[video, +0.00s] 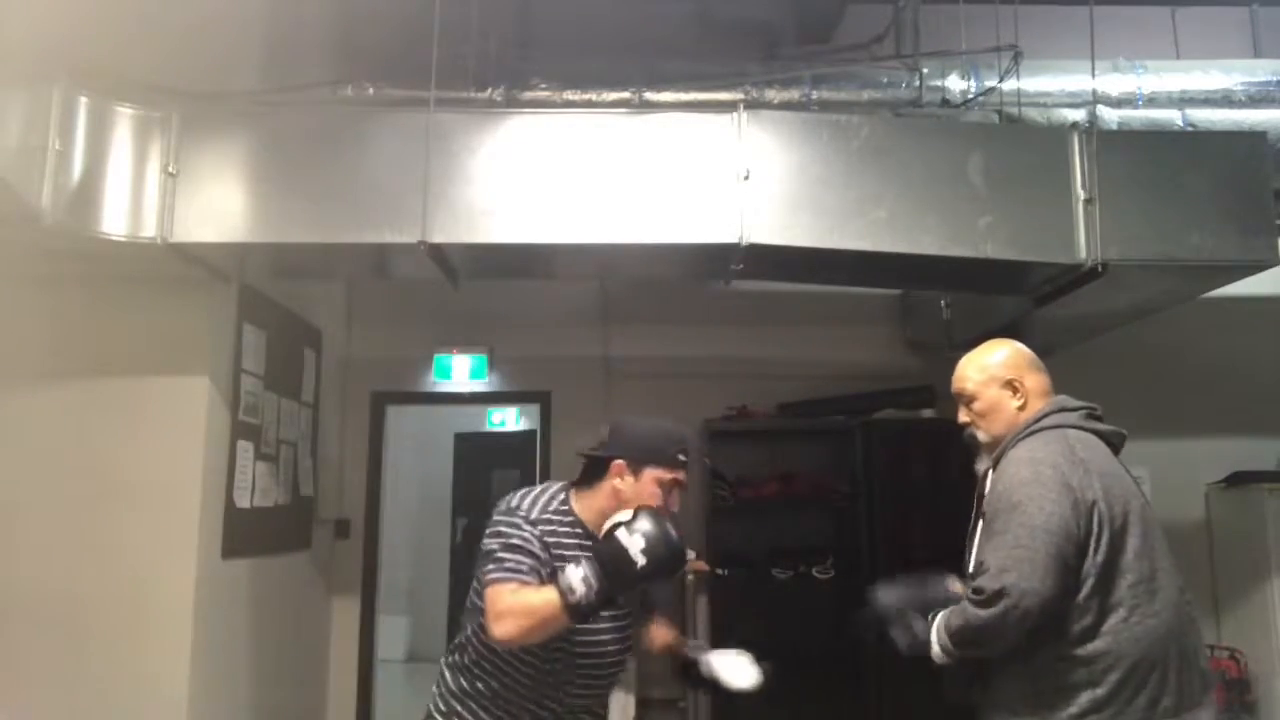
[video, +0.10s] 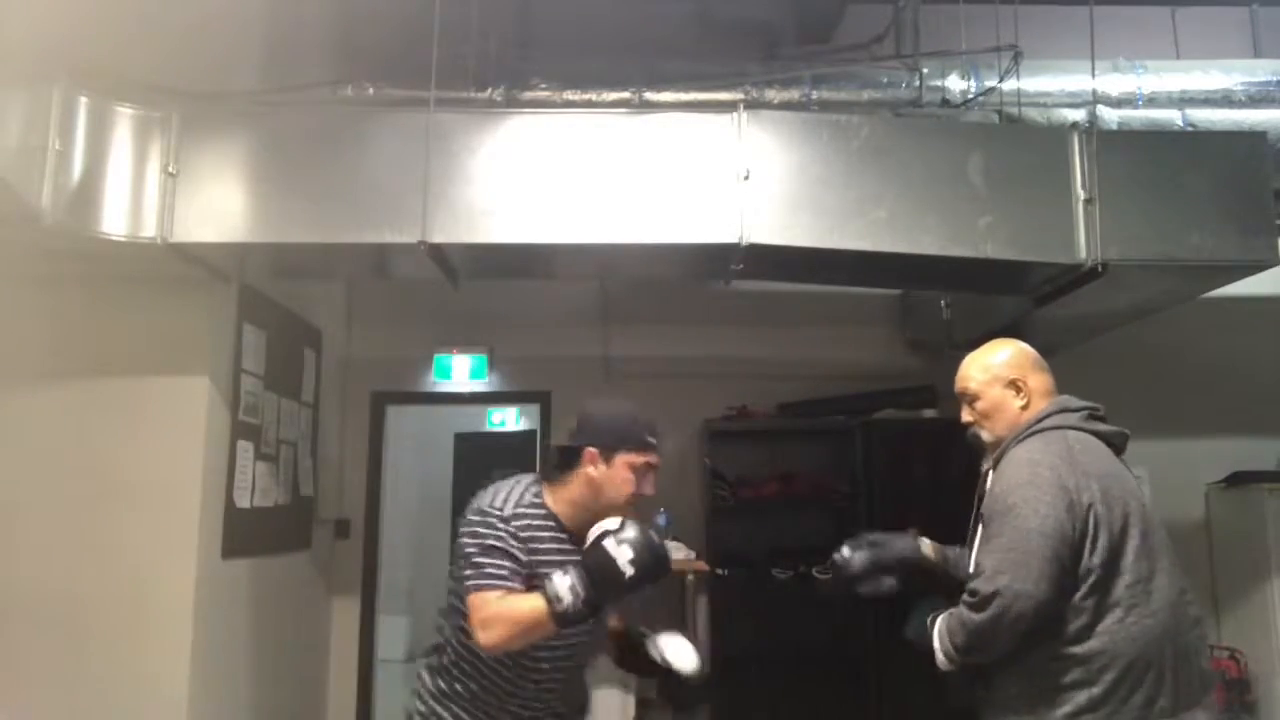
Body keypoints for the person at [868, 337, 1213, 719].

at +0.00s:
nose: (960, 417)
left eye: (967, 400)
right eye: (958, 404)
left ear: (1016, 393)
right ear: (1017, 394)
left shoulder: (1035, 461)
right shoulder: (1074, 447)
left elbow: (1019, 597)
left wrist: (936, 634)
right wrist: (966, 590)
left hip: (1097, 699)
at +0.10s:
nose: (964, 417)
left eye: (971, 400)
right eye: (962, 404)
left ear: (1019, 392)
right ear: (1024, 394)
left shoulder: (1034, 462)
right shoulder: (1081, 450)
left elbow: (1014, 596)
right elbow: (1036, 571)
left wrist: (940, 634)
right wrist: (926, 554)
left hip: (1095, 697)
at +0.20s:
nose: (965, 419)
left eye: (973, 401)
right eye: (962, 406)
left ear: (1021, 392)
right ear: (1024, 396)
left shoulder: (1034, 464)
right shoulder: (1082, 452)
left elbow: (1010, 597)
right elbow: (1017, 554)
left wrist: (939, 630)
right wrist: (915, 544)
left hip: (1097, 698)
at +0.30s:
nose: (962, 418)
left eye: (970, 401)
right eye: (960, 405)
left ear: (1018, 394)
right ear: (1020, 395)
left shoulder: (1034, 464)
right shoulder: (1074, 447)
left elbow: (1011, 599)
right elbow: (1020, 554)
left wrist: (941, 635)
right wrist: (928, 542)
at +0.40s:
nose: (955, 420)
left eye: (963, 403)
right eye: (954, 406)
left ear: (1011, 394)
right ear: (1013, 396)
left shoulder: (1027, 465)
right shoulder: (1070, 449)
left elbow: (1009, 603)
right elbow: (1021, 547)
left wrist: (941, 639)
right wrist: (928, 534)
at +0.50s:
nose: (941, 424)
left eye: (948, 406)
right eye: (938, 410)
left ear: (996, 397)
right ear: (999, 399)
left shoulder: (1009, 471)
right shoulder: (1065, 453)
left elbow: (993, 613)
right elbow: (993, 519)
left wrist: (928, 646)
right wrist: (906, 506)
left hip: (1086, 697)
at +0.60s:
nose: (918, 430)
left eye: (925, 413)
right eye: (915, 416)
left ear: (975, 403)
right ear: (978, 403)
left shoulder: (989, 477)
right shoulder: (1043, 457)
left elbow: (978, 622)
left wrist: (911, 660)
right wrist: (898, 463)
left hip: (1077, 698)